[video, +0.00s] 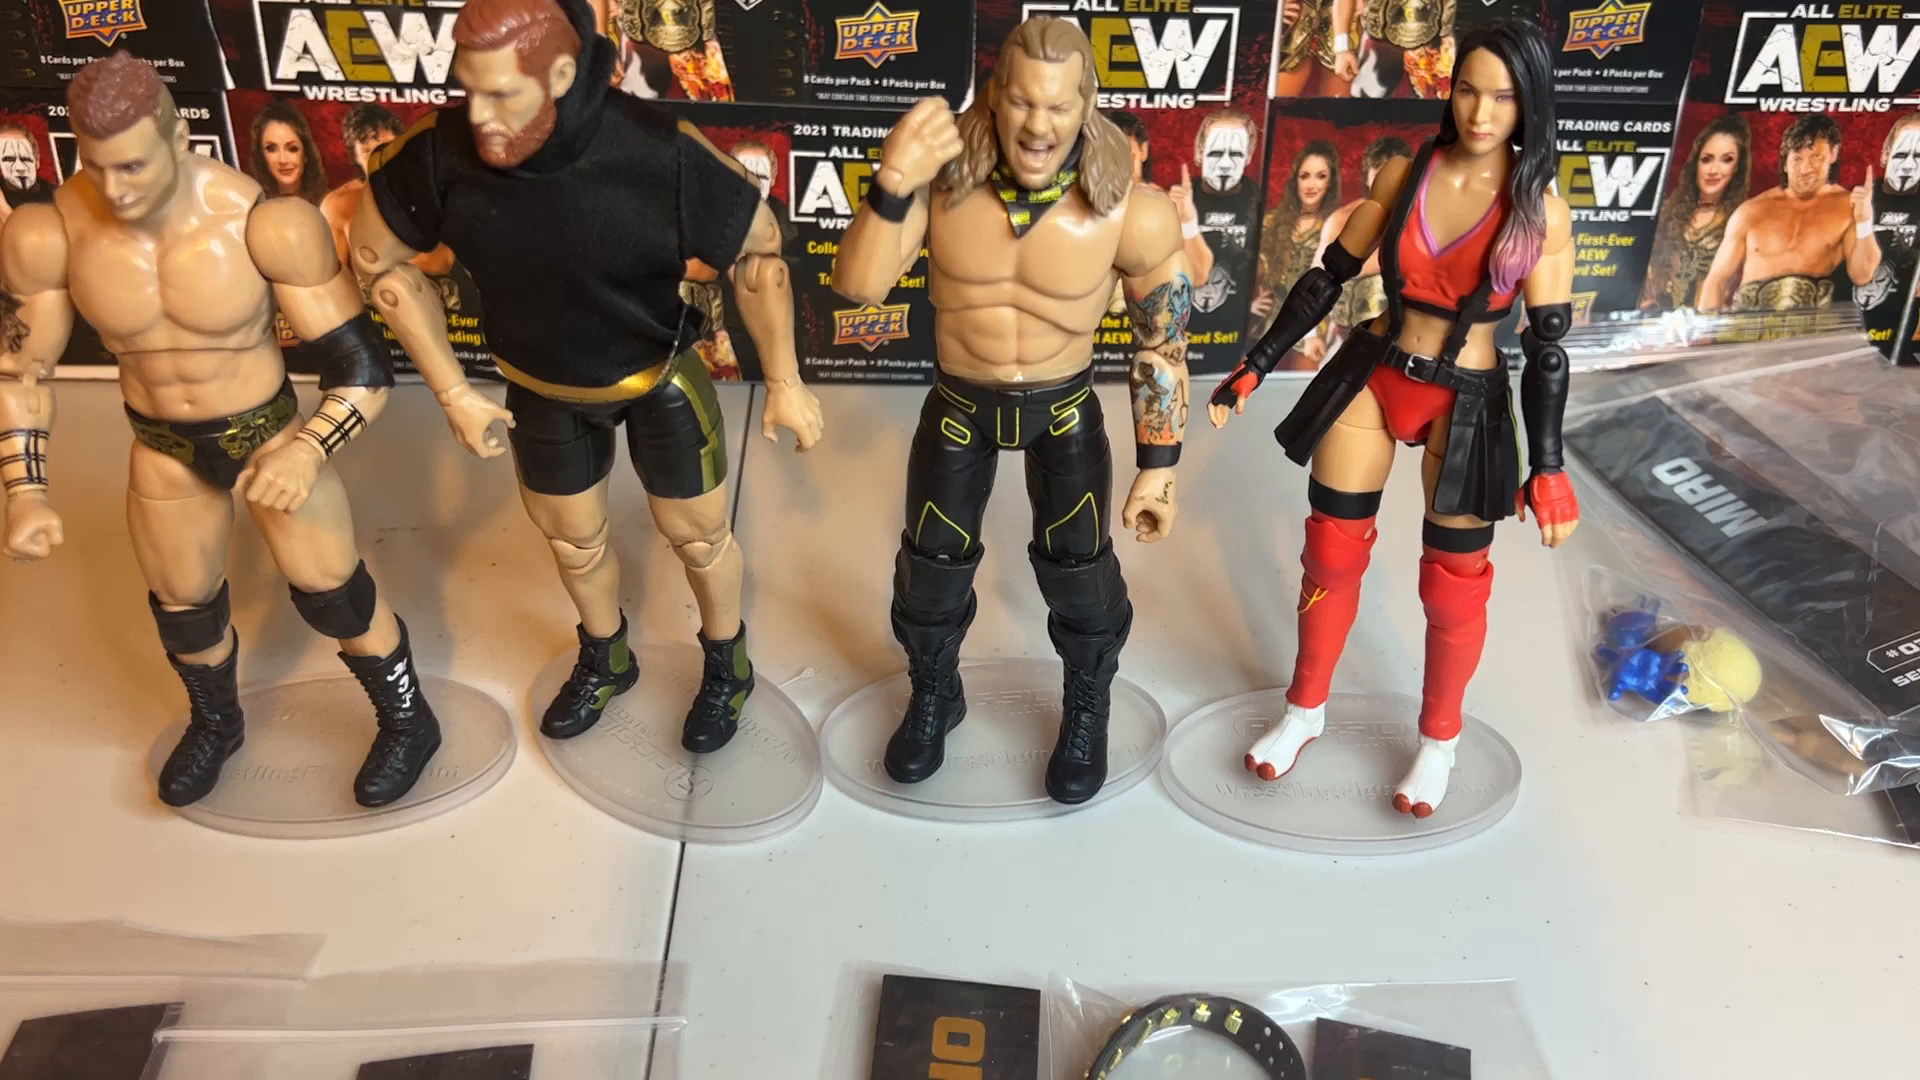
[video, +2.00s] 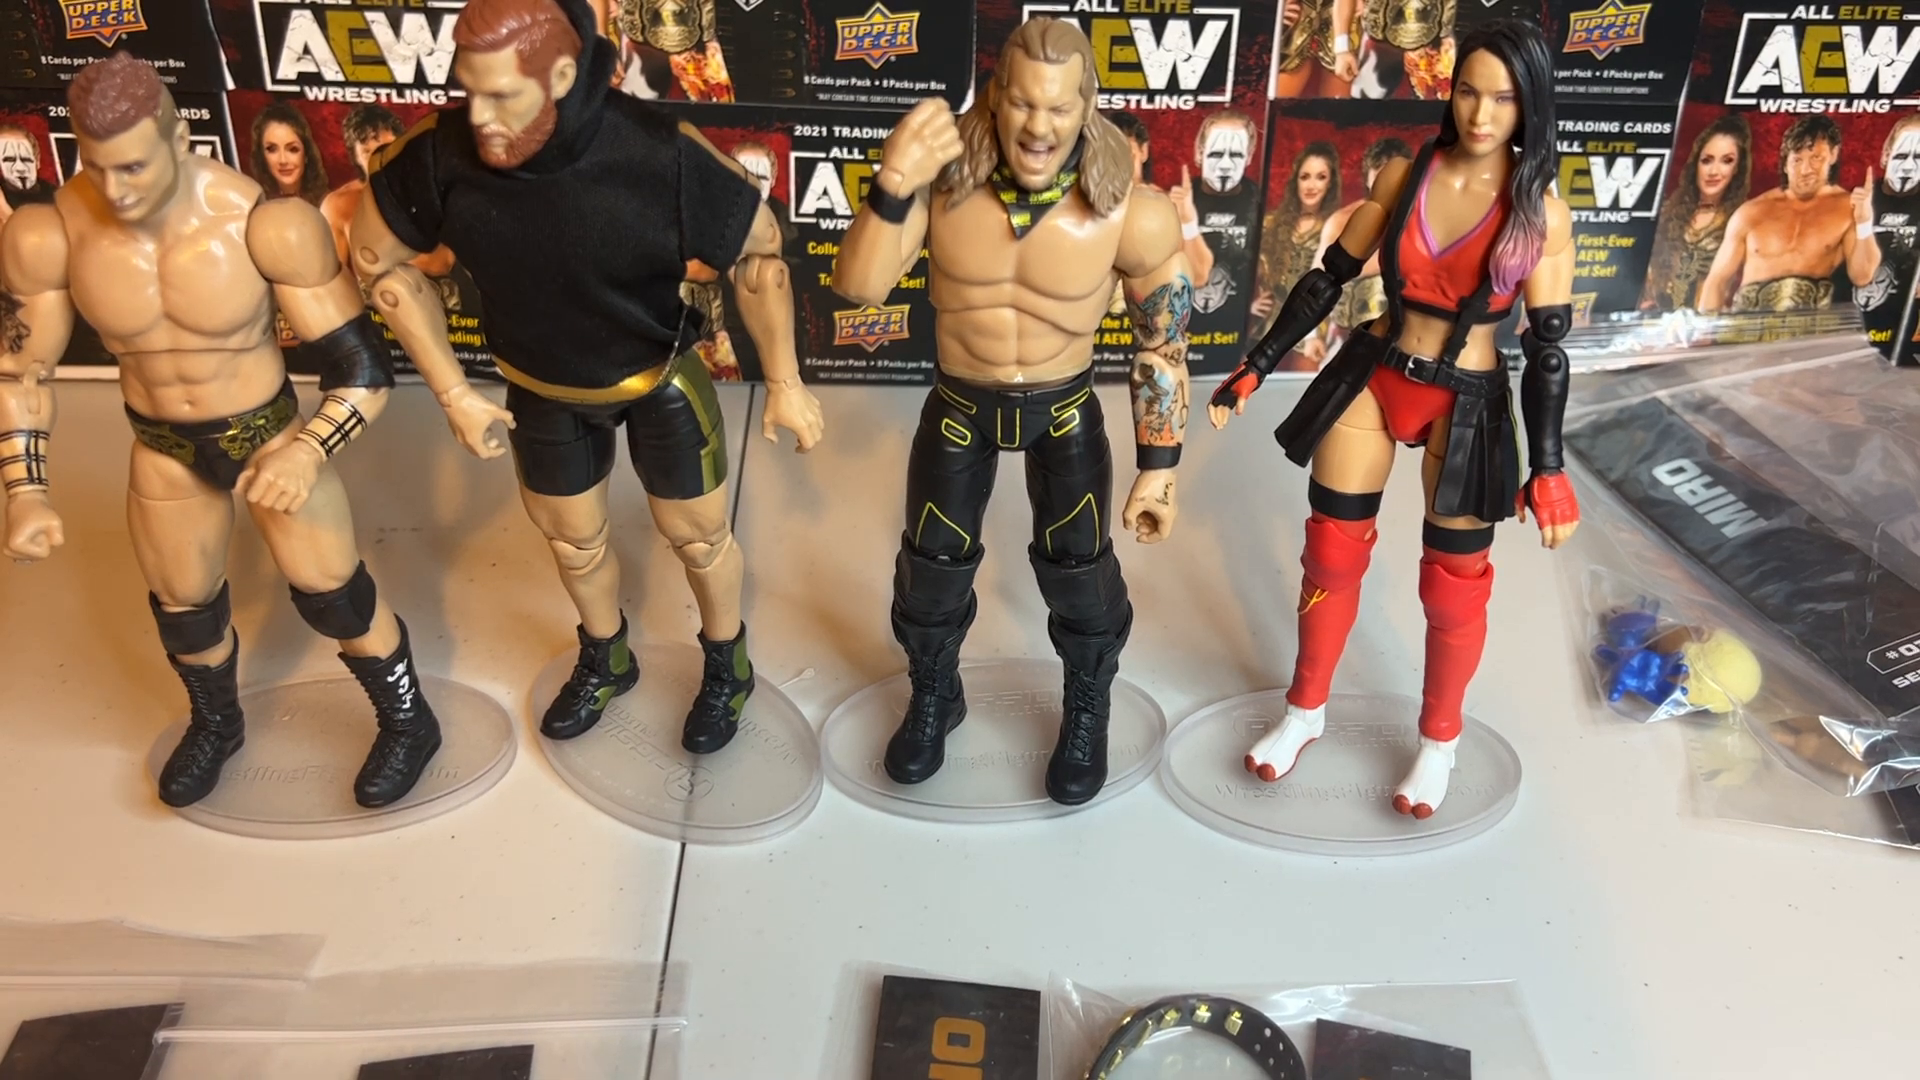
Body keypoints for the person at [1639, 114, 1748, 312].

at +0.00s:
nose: (1714, 170)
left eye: (1727, 160)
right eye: (1706, 159)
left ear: (1738, 167)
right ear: (1695, 163)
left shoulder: (1742, 219)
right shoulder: (1669, 212)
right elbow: (1654, 269)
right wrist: (1648, 300)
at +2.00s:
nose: (1714, 171)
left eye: (1727, 161)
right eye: (1706, 160)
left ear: (1738, 168)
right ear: (1695, 164)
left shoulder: (1742, 219)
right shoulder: (1670, 213)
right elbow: (1655, 267)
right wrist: (1649, 299)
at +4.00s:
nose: (1714, 171)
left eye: (1727, 161)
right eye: (1707, 160)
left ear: (1739, 168)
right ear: (1695, 164)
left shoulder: (1743, 219)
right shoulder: (1670, 212)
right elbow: (1654, 265)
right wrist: (1649, 299)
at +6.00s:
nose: (1714, 171)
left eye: (1727, 161)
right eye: (1707, 160)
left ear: (1739, 168)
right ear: (1695, 164)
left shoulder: (1742, 219)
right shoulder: (1671, 212)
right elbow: (1655, 265)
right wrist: (1649, 299)